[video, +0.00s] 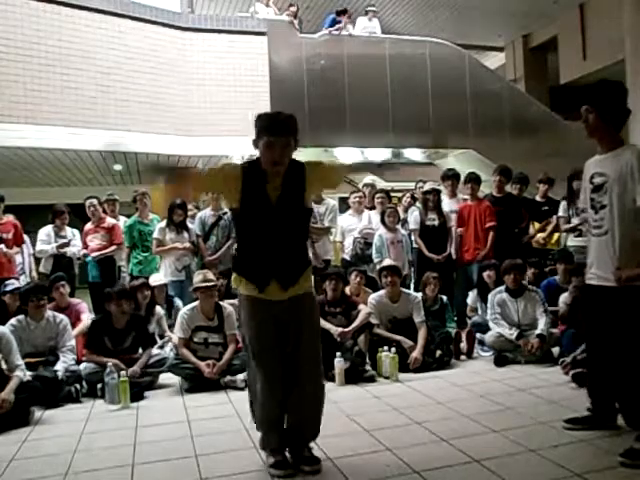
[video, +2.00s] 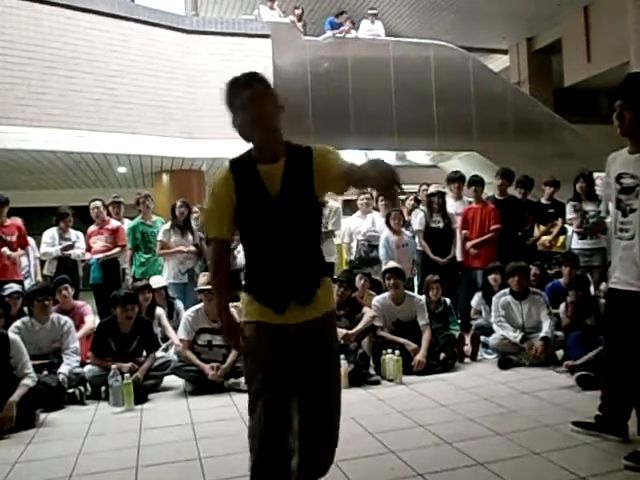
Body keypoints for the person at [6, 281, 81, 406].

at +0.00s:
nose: (40, 303)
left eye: (42, 299)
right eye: (34, 300)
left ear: (47, 301)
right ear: (25, 305)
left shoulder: (60, 321)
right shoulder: (15, 325)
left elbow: (68, 352)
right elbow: (10, 357)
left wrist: (58, 372)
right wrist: (24, 374)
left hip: (53, 367)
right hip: (27, 369)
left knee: (75, 374)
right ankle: (66, 394)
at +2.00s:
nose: (46, 304)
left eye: (48, 300)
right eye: (41, 301)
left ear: (53, 302)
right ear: (31, 305)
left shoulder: (64, 323)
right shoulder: (18, 328)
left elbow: (72, 353)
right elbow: (15, 359)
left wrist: (63, 373)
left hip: (59, 368)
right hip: (33, 372)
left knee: (79, 375)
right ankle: (69, 397)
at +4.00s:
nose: (44, 305)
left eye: (47, 301)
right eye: (39, 302)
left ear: (52, 303)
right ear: (31, 305)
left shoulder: (64, 323)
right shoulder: (18, 328)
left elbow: (72, 353)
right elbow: (15, 358)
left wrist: (63, 373)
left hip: (58, 368)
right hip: (32, 372)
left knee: (79, 375)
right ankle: (69, 397)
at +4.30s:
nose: (44, 306)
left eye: (47, 301)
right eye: (39, 302)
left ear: (53, 303)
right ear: (31, 305)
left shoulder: (64, 323)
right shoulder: (19, 328)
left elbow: (72, 354)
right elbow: (14, 356)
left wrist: (63, 373)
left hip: (57, 369)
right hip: (31, 371)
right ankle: (70, 397)